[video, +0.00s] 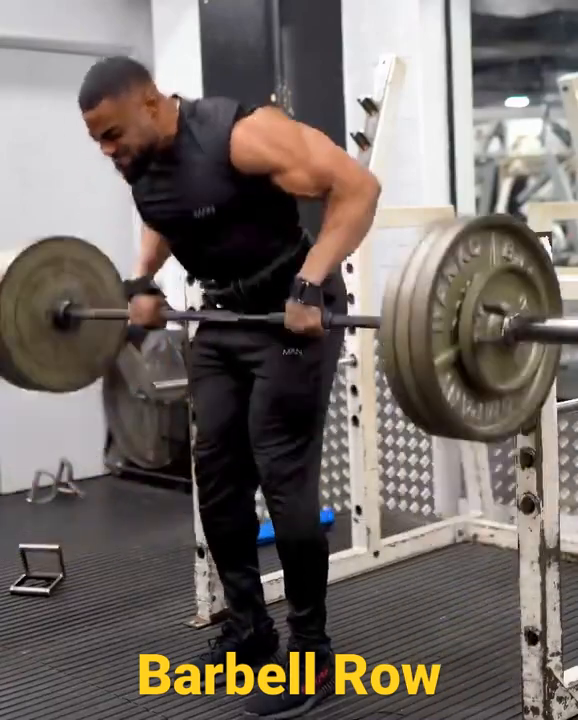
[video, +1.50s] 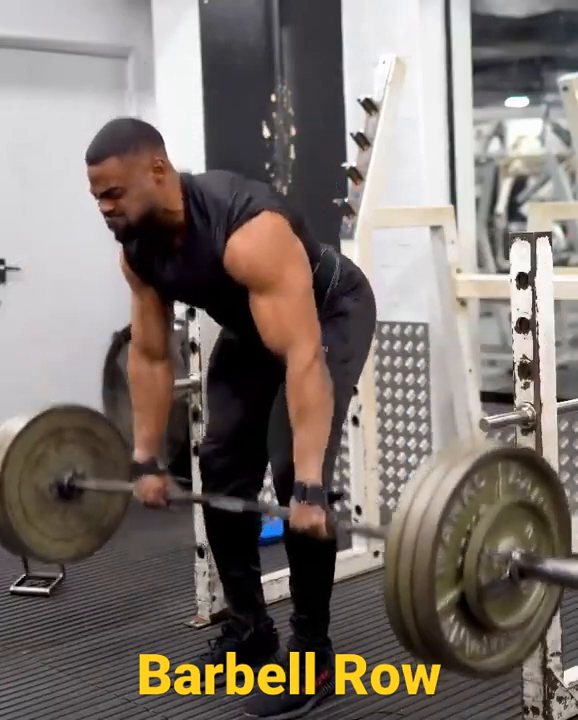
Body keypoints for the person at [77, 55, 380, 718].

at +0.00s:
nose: (109, 151)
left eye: (113, 134)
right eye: (99, 140)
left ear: (155, 104)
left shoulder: (240, 134)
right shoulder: (139, 163)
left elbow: (359, 187)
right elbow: (164, 217)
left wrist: (308, 285)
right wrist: (143, 279)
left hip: (293, 323)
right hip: (220, 326)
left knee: (283, 473)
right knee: (216, 474)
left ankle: (309, 647)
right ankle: (246, 628)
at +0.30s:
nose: (114, 171)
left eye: (120, 153)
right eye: (105, 160)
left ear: (161, 122)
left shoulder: (252, 156)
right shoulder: (144, 180)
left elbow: (348, 233)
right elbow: (167, 242)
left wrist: (313, 339)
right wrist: (148, 324)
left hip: (300, 318)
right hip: (230, 322)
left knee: (292, 477)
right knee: (224, 481)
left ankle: (310, 649)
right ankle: (247, 626)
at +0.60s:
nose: (121, 186)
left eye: (127, 170)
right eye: (113, 175)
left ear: (168, 138)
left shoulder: (263, 185)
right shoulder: (153, 204)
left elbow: (331, 295)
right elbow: (158, 303)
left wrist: (317, 418)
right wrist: (150, 399)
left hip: (317, 321)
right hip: (246, 329)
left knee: (302, 466)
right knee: (227, 474)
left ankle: (312, 646)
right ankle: (247, 626)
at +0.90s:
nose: (109, 215)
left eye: (115, 198)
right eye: (100, 203)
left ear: (158, 170)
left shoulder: (256, 229)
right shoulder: (143, 241)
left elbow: (306, 353)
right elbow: (155, 351)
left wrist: (320, 482)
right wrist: (156, 455)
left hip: (328, 312)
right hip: (248, 325)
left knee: (304, 470)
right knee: (221, 469)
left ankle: (312, 647)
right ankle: (248, 627)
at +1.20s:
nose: (104, 240)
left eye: (112, 223)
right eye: (96, 226)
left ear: (156, 201)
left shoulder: (253, 264)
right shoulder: (138, 274)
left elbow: (296, 396)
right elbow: (155, 387)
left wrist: (318, 522)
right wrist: (154, 492)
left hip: (331, 322)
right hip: (249, 331)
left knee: (299, 473)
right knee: (210, 469)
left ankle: (311, 648)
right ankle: (248, 627)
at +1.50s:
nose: (105, 210)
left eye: (113, 194)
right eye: (98, 198)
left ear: (159, 171)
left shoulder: (252, 232)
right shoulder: (140, 250)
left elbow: (305, 356)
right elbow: (149, 354)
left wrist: (308, 485)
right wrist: (147, 459)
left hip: (330, 309)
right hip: (249, 322)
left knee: (300, 476)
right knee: (221, 468)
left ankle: (310, 649)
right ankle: (247, 627)